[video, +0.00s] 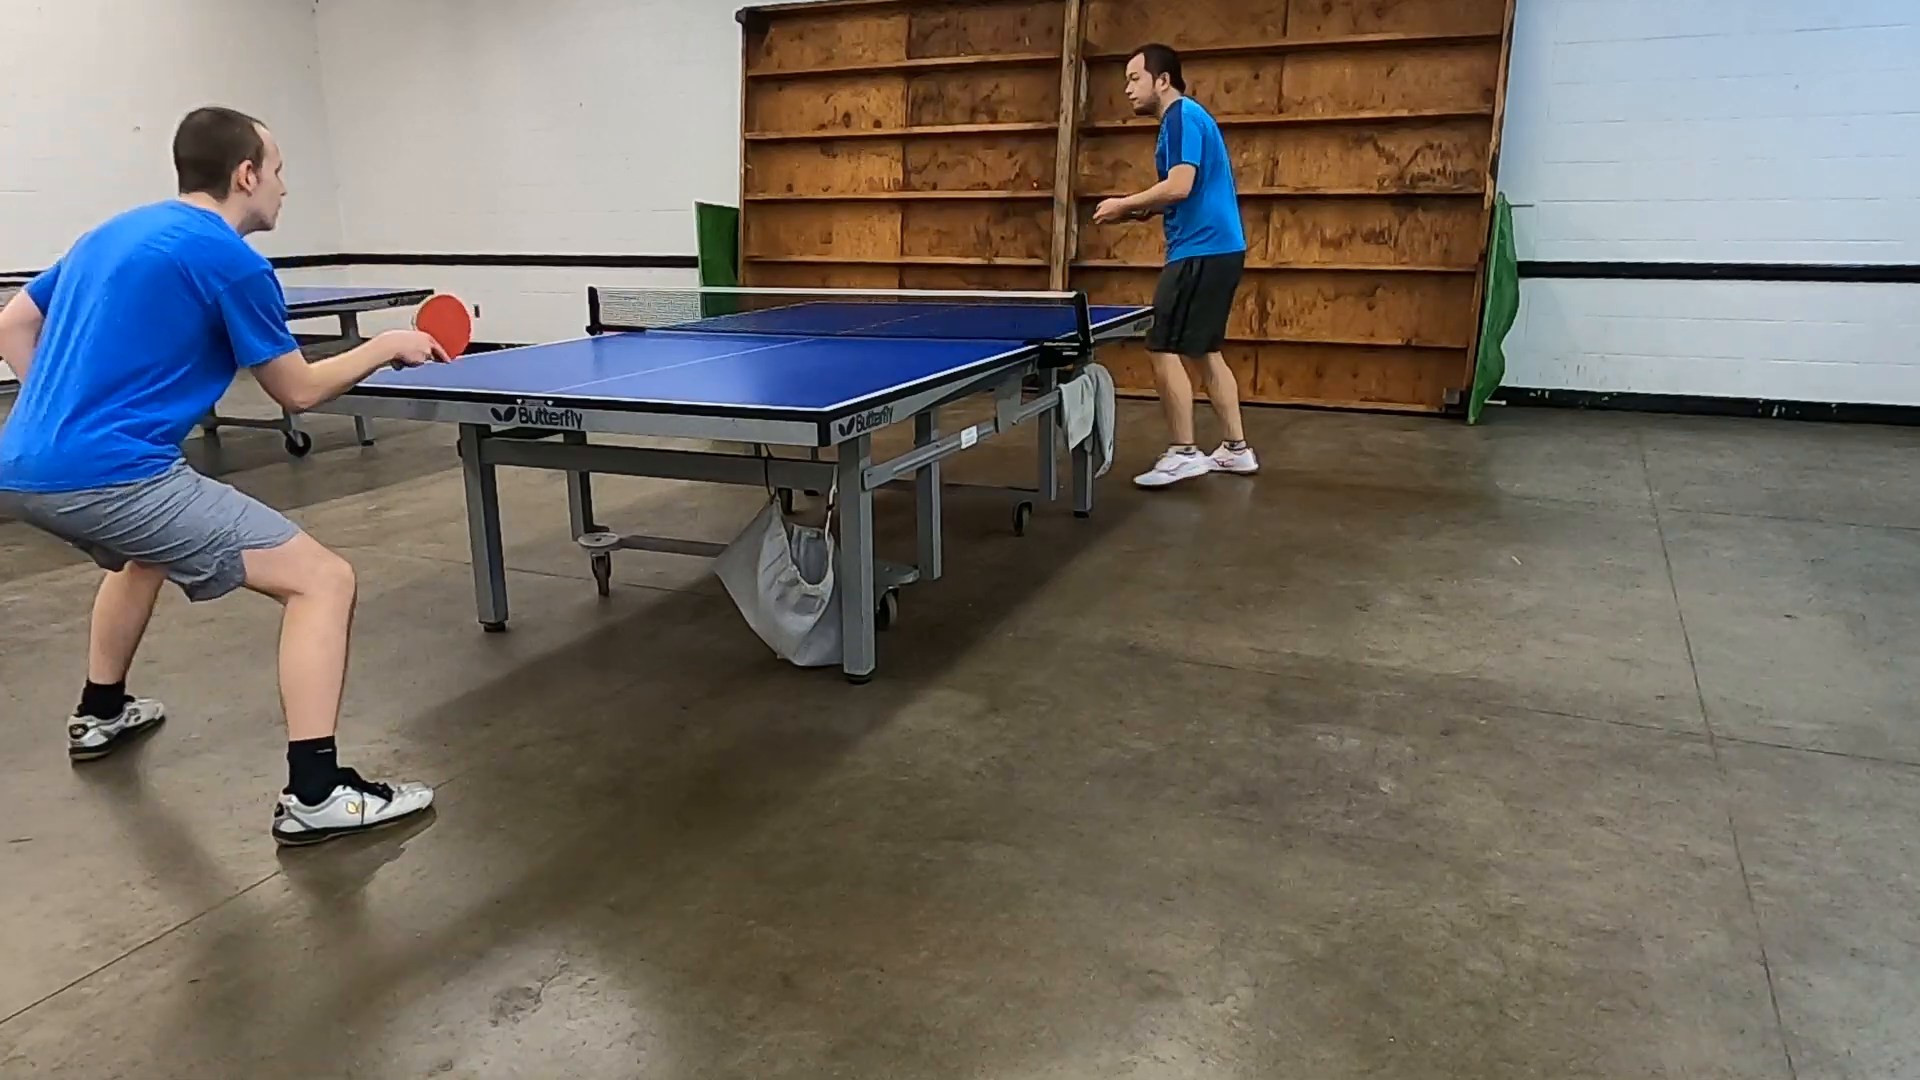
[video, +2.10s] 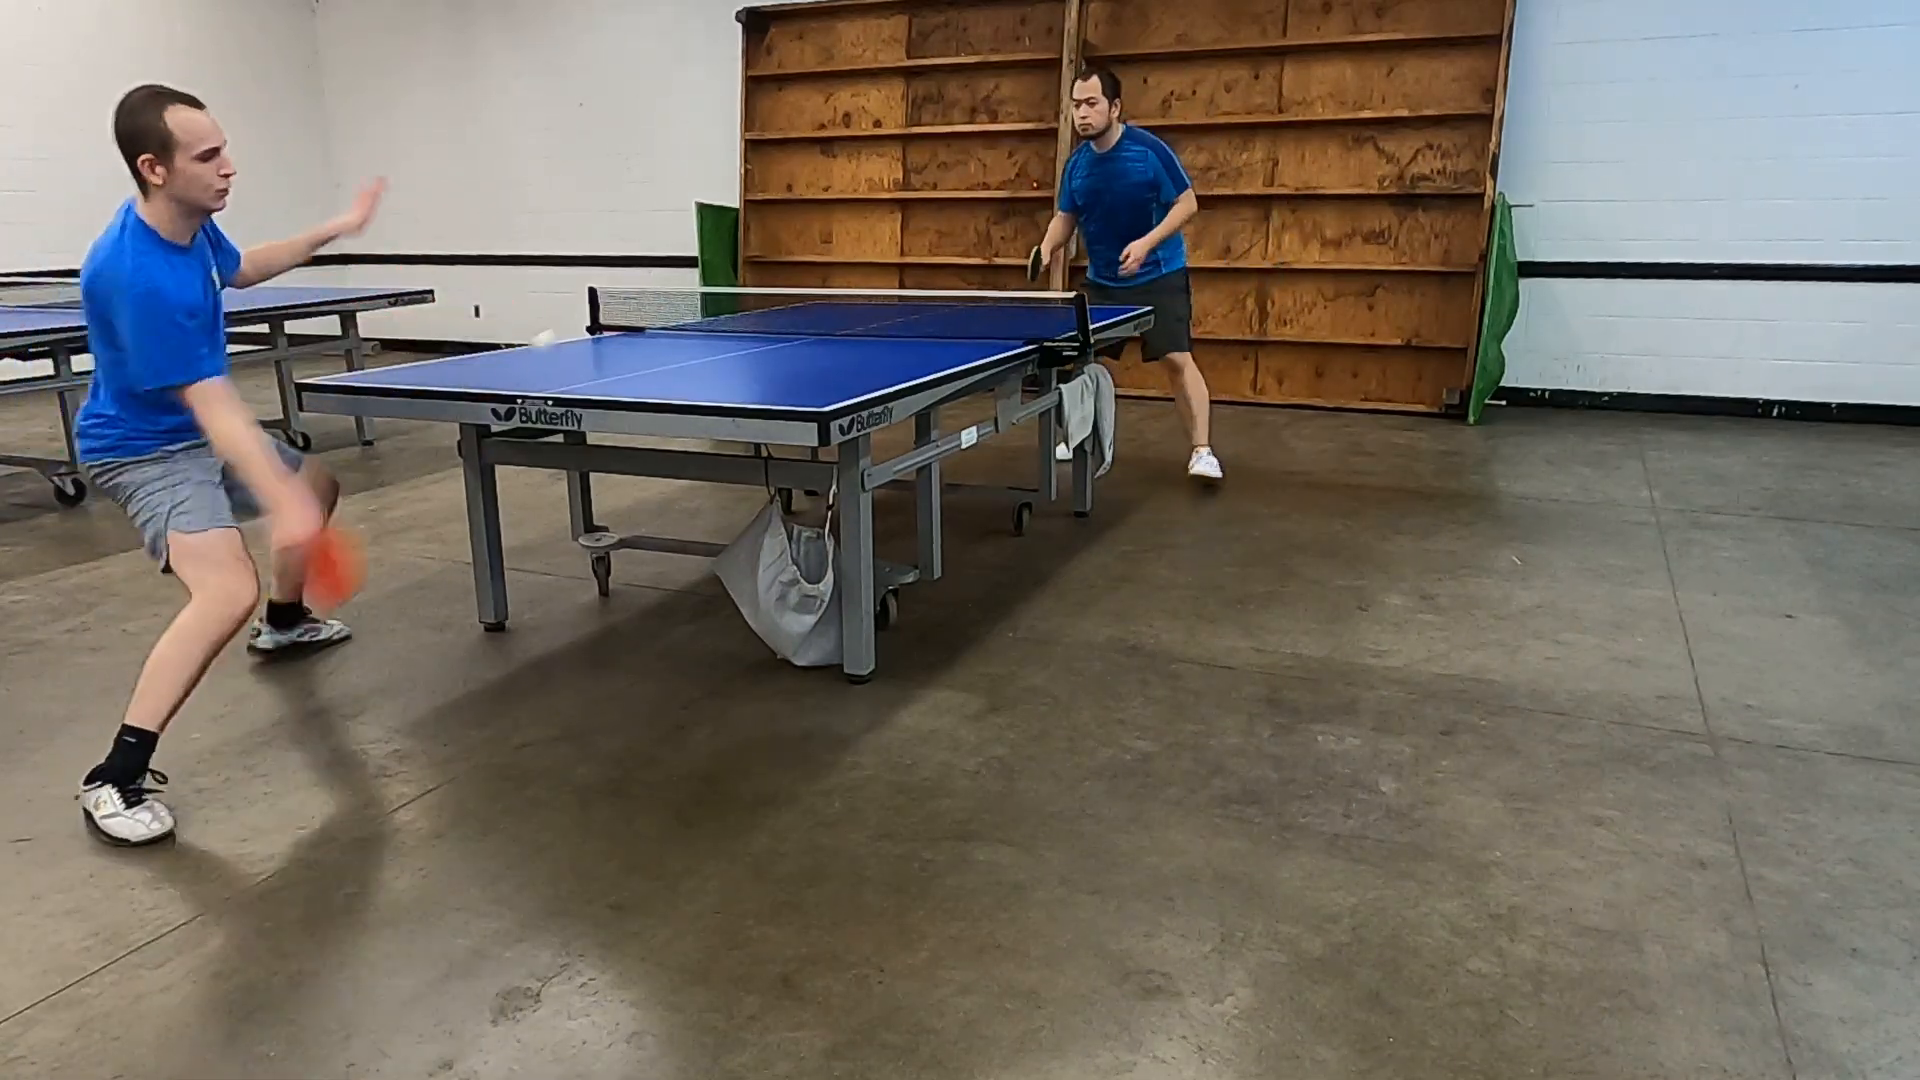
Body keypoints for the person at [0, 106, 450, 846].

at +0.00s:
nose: (281, 186)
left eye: (280, 171)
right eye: (276, 171)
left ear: (191, 175)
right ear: (244, 174)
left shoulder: (115, 233)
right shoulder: (231, 260)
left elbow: (15, 321)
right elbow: (298, 388)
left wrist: (64, 403)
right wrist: (387, 346)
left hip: (25, 470)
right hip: (110, 476)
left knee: (147, 547)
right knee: (324, 581)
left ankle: (100, 711)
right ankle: (317, 790)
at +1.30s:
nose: (281, 150)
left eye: (279, 135)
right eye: (274, 135)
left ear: (194, 144)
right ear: (239, 142)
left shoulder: (108, 212)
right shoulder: (229, 235)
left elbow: (32, 336)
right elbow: (303, 372)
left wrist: (130, 363)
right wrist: (398, 334)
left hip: (52, 455)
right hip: (145, 463)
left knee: (152, 552)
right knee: (339, 584)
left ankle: (101, 712)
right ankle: (316, 790)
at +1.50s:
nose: (274, 132)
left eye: (271, 117)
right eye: (265, 118)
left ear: (194, 127)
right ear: (225, 126)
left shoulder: (106, 196)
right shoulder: (192, 223)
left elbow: (144, 325)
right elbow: (287, 368)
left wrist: (260, 327)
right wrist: (402, 336)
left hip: (51, 442)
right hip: (126, 454)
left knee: (163, 553)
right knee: (315, 581)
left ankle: (104, 711)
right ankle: (316, 790)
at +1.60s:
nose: (272, 112)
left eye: (269, 97)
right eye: (261, 98)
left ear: (202, 107)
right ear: (217, 107)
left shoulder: (135, 175)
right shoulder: (153, 199)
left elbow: (191, 306)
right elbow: (231, 361)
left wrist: (301, 298)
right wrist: (372, 371)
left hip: (83, 409)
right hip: (90, 423)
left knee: (170, 535)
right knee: (261, 572)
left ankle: (107, 681)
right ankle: (287, 779)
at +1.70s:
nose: (262, 128)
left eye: (259, 111)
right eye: (251, 113)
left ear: (194, 123)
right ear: (201, 124)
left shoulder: (176, 203)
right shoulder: (124, 225)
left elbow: (200, 311)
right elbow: (179, 390)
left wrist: (305, 310)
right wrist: (299, 438)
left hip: (138, 415)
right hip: (78, 439)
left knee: (231, 508)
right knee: (233, 593)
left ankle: (140, 642)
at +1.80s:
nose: (249, 154)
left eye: (245, 138)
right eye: (234, 141)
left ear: (187, 154)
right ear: (182, 154)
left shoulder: (191, 215)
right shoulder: (104, 258)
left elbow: (228, 308)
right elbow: (142, 422)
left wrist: (327, 317)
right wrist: (222, 511)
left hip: (152, 421)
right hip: (79, 442)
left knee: (246, 531)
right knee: (212, 578)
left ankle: (179, 654)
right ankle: (155, 785)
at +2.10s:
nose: (227, 168)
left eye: (225, 151)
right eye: (208, 157)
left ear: (169, 166)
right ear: (153, 171)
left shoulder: (192, 225)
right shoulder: (140, 272)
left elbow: (242, 270)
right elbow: (210, 400)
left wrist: (334, 230)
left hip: (206, 420)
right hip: (144, 447)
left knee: (313, 487)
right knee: (227, 591)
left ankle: (285, 621)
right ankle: (118, 778)